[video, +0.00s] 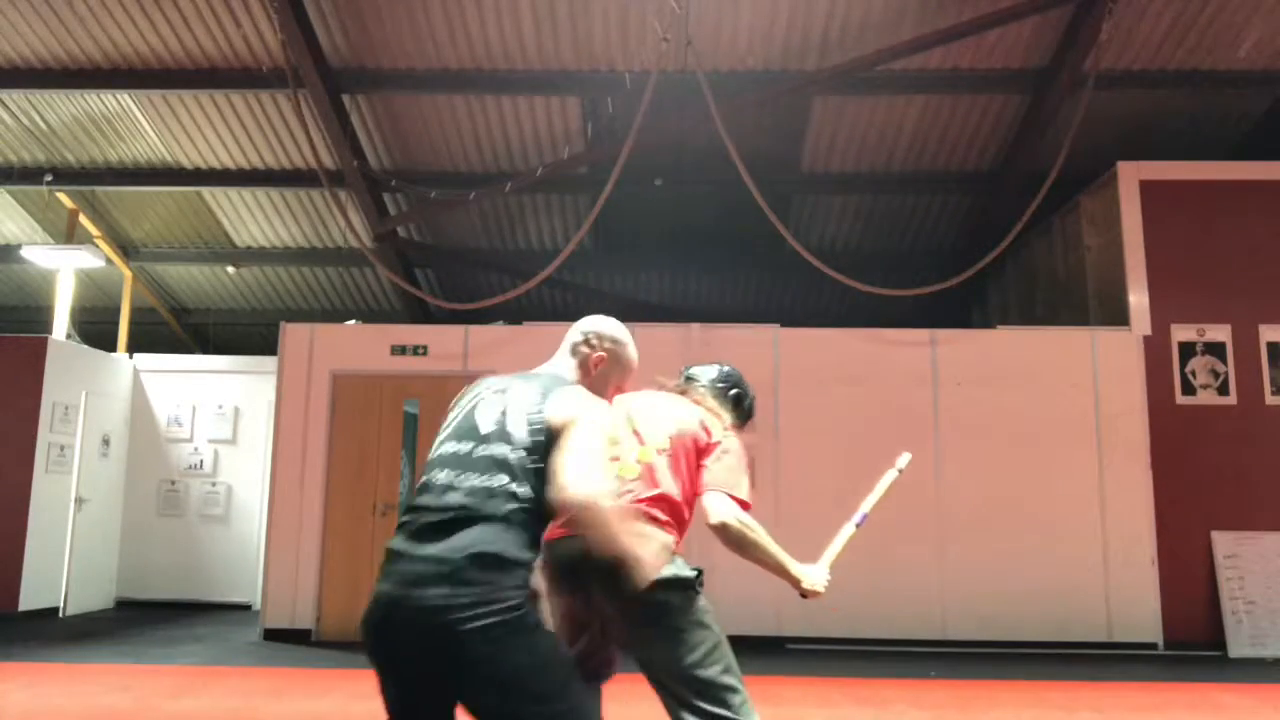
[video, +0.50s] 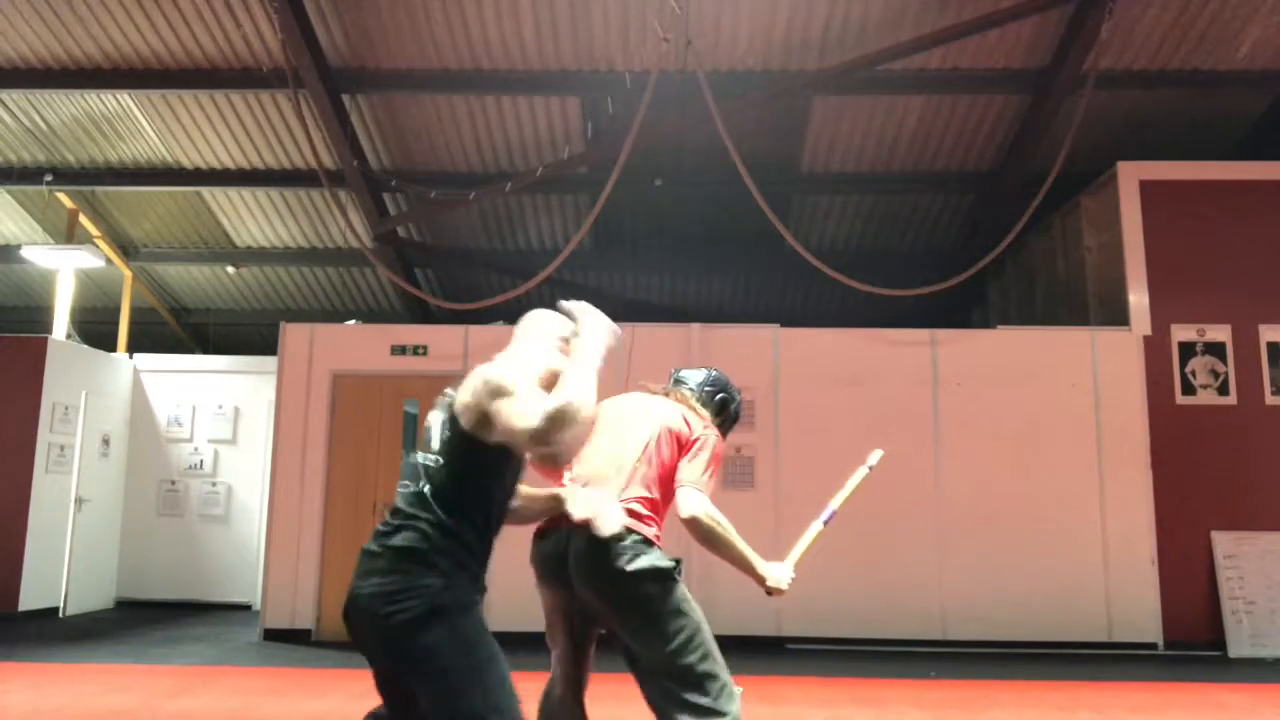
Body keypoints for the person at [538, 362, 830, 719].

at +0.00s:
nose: (733, 431)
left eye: (737, 426)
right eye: (736, 423)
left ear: (686, 387)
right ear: (732, 411)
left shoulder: (613, 405)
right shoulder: (716, 428)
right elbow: (723, 516)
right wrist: (797, 573)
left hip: (563, 547)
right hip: (639, 552)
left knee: (574, 692)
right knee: (720, 706)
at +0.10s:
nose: (723, 433)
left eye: (726, 428)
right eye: (726, 425)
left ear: (674, 388)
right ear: (718, 411)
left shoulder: (608, 411)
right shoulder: (703, 428)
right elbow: (709, 514)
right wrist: (786, 569)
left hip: (560, 554)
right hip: (631, 561)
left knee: (576, 697)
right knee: (716, 707)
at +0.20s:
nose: (721, 433)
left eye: (725, 429)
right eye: (724, 425)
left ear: (673, 389)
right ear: (715, 410)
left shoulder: (609, 409)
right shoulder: (701, 429)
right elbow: (702, 512)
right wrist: (780, 569)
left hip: (558, 545)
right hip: (627, 559)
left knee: (568, 679)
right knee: (716, 704)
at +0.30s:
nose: (719, 434)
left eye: (723, 429)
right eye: (721, 427)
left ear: (672, 389)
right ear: (714, 412)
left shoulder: (607, 407)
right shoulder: (698, 430)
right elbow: (694, 509)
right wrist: (769, 568)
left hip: (548, 549)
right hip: (613, 548)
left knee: (567, 684)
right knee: (718, 698)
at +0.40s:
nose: (718, 434)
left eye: (722, 429)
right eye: (720, 426)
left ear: (670, 389)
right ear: (714, 413)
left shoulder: (607, 404)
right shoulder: (697, 430)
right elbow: (692, 509)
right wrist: (764, 568)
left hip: (548, 547)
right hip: (615, 550)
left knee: (565, 683)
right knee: (717, 696)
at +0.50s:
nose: (720, 433)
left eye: (724, 428)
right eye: (723, 426)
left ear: (675, 389)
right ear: (715, 410)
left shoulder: (609, 405)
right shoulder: (700, 430)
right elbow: (693, 508)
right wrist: (762, 570)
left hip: (552, 545)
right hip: (620, 550)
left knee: (565, 679)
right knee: (710, 698)